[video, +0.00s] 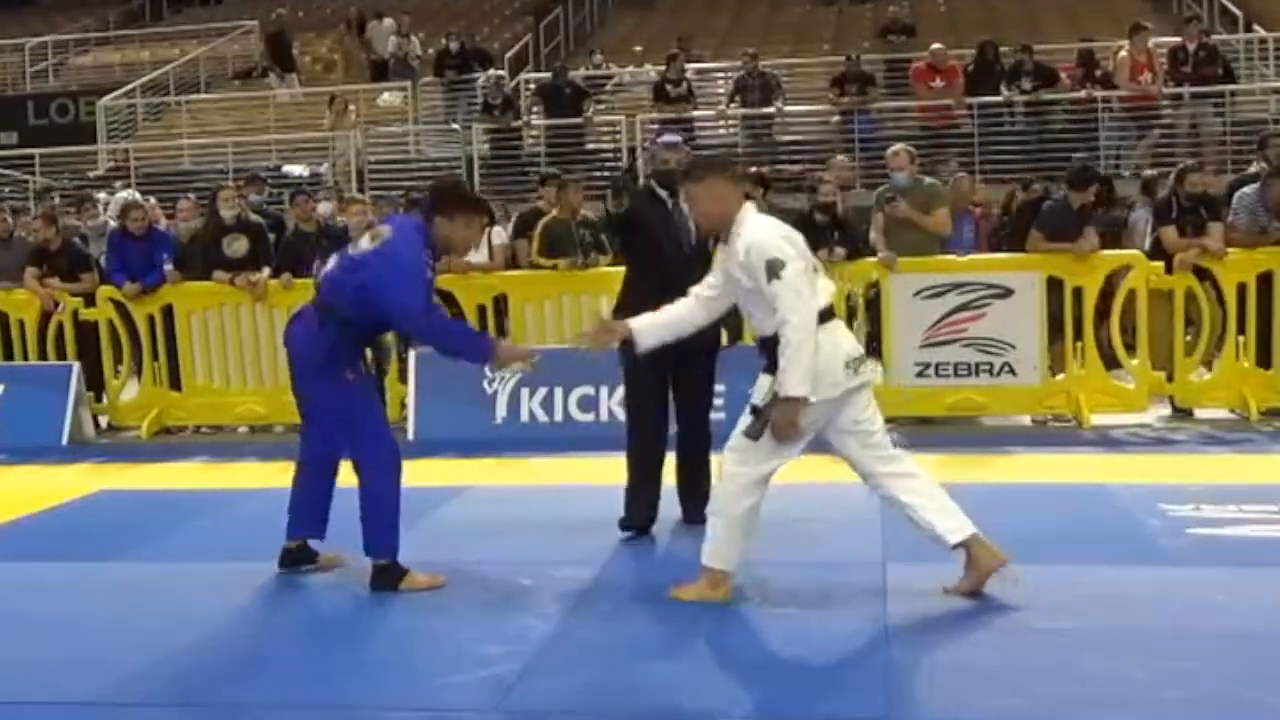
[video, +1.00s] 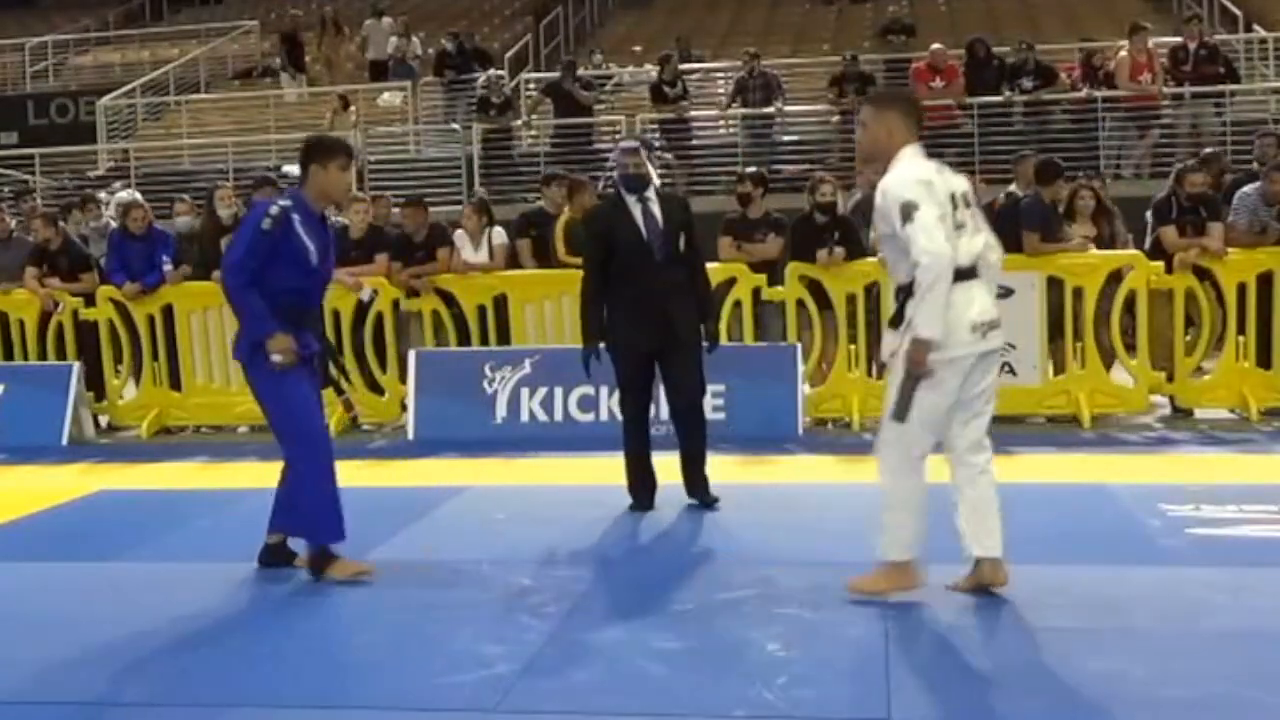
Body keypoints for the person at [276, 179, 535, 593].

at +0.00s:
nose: (475, 241)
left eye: (478, 231)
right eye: (473, 229)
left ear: (444, 219)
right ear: (447, 219)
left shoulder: (403, 231)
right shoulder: (405, 254)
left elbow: (417, 310)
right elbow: (417, 319)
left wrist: (478, 346)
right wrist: (490, 350)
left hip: (310, 332)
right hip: (330, 345)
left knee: (321, 441)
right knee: (380, 454)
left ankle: (297, 547)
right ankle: (385, 566)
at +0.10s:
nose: (481, 249)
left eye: (483, 240)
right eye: (476, 239)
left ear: (444, 229)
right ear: (450, 234)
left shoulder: (407, 230)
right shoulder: (425, 275)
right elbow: (468, 326)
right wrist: (547, 342)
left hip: (309, 330)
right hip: (332, 348)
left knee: (308, 440)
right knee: (383, 452)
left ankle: (285, 540)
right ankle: (387, 567)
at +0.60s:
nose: (455, 225)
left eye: (455, 216)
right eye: (450, 215)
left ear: (419, 212)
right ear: (423, 212)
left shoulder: (382, 226)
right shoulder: (394, 258)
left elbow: (340, 276)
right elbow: (441, 316)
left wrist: (364, 328)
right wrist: (499, 354)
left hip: (309, 333)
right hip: (321, 347)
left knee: (332, 442)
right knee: (376, 450)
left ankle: (287, 529)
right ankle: (385, 565)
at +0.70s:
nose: (431, 212)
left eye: (432, 202)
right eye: (424, 202)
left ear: (395, 202)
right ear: (396, 201)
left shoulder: (362, 226)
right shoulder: (371, 242)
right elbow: (388, 315)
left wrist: (397, 290)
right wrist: (438, 357)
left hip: (311, 343)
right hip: (322, 351)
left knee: (339, 449)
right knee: (377, 450)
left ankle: (285, 533)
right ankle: (388, 565)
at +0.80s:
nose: (398, 199)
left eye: (398, 190)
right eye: (390, 190)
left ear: (372, 192)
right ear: (362, 192)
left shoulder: (358, 233)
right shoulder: (339, 234)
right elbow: (322, 301)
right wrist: (366, 360)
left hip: (313, 350)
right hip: (306, 353)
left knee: (334, 452)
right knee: (368, 452)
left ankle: (281, 541)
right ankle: (387, 564)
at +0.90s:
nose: (373, 190)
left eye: (373, 181)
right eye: (366, 180)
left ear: (345, 185)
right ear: (337, 183)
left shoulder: (337, 230)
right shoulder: (301, 227)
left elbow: (320, 295)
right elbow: (267, 288)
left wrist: (330, 340)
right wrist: (307, 345)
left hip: (311, 348)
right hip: (286, 352)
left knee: (324, 450)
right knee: (341, 452)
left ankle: (277, 545)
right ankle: (373, 556)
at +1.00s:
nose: (351, 180)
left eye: (352, 171)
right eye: (345, 170)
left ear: (326, 173)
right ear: (317, 170)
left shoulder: (322, 227)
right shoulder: (272, 214)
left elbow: (309, 295)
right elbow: (234, 275)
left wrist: (317, 347)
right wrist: (269, 332)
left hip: (305, 345)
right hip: (270, 347)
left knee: (307, 441)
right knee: (310, 440)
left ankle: (276, 541)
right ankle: (322, 551)